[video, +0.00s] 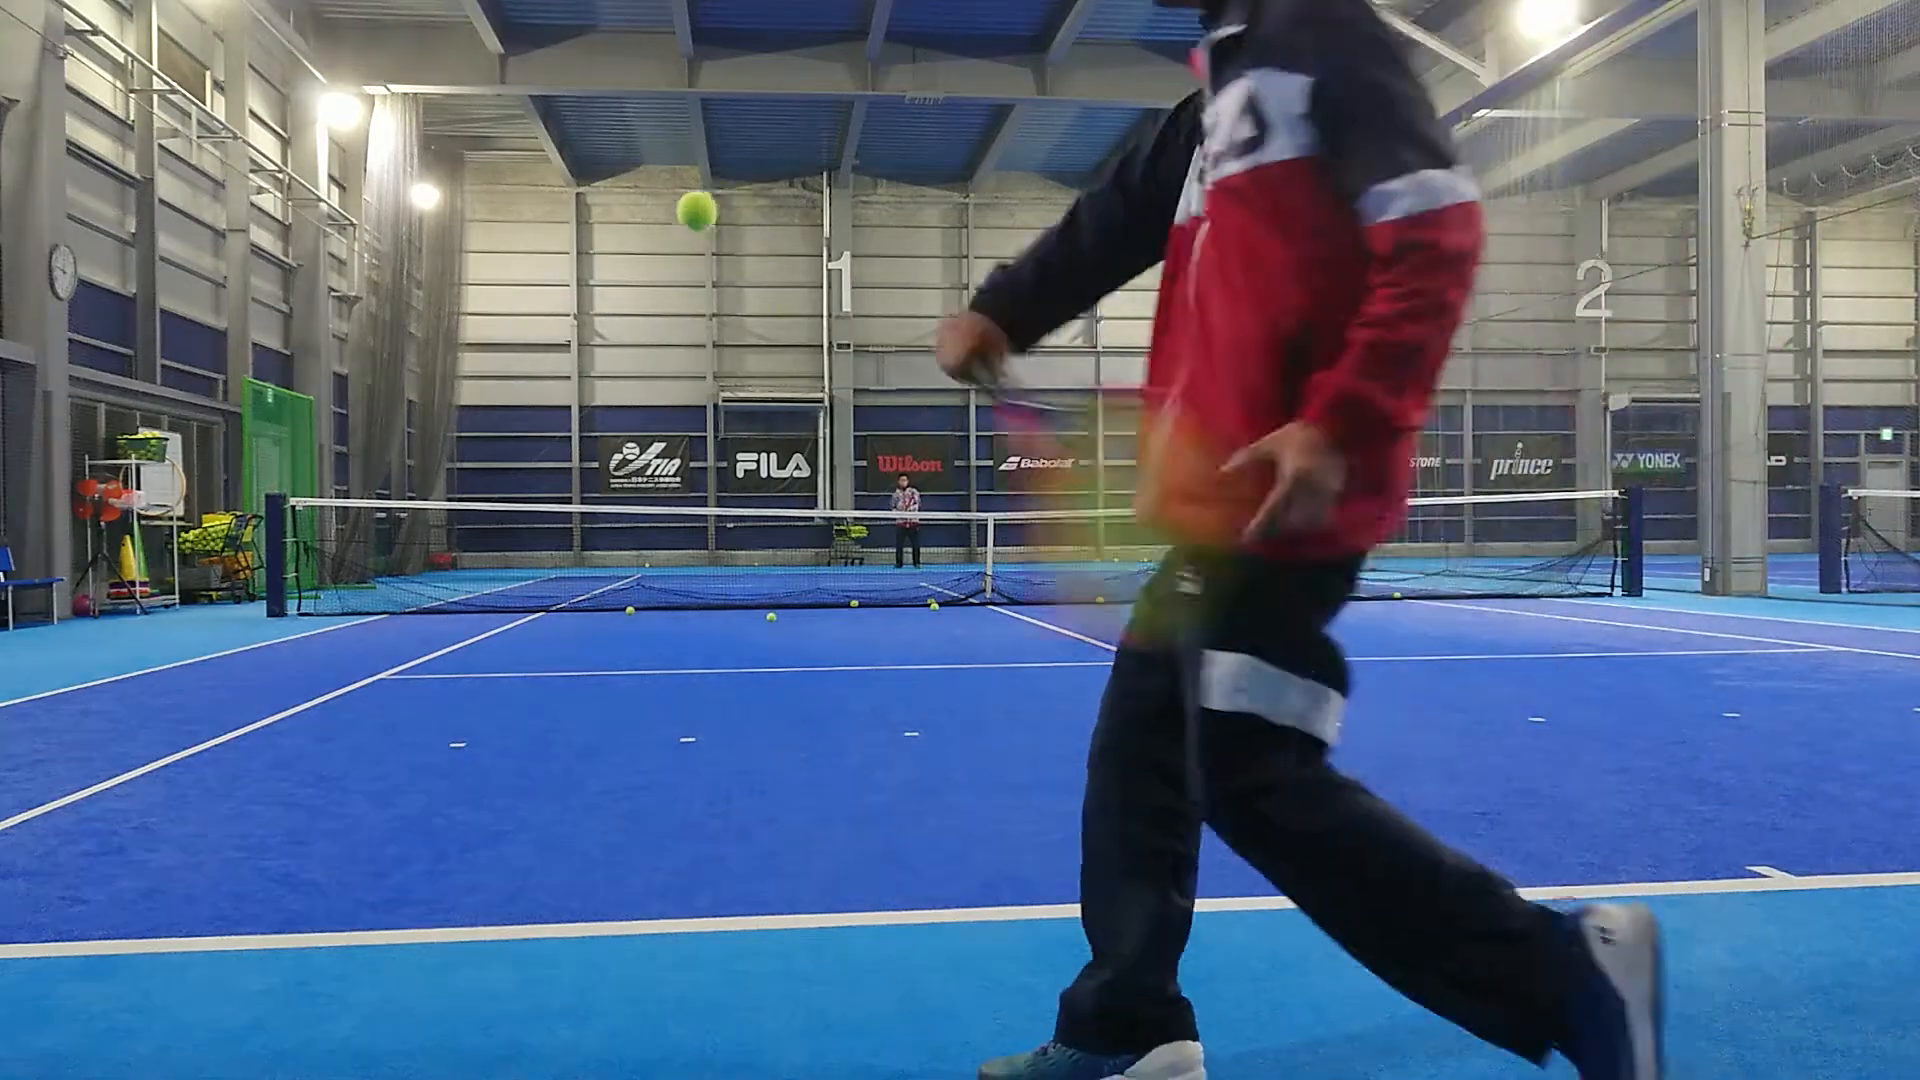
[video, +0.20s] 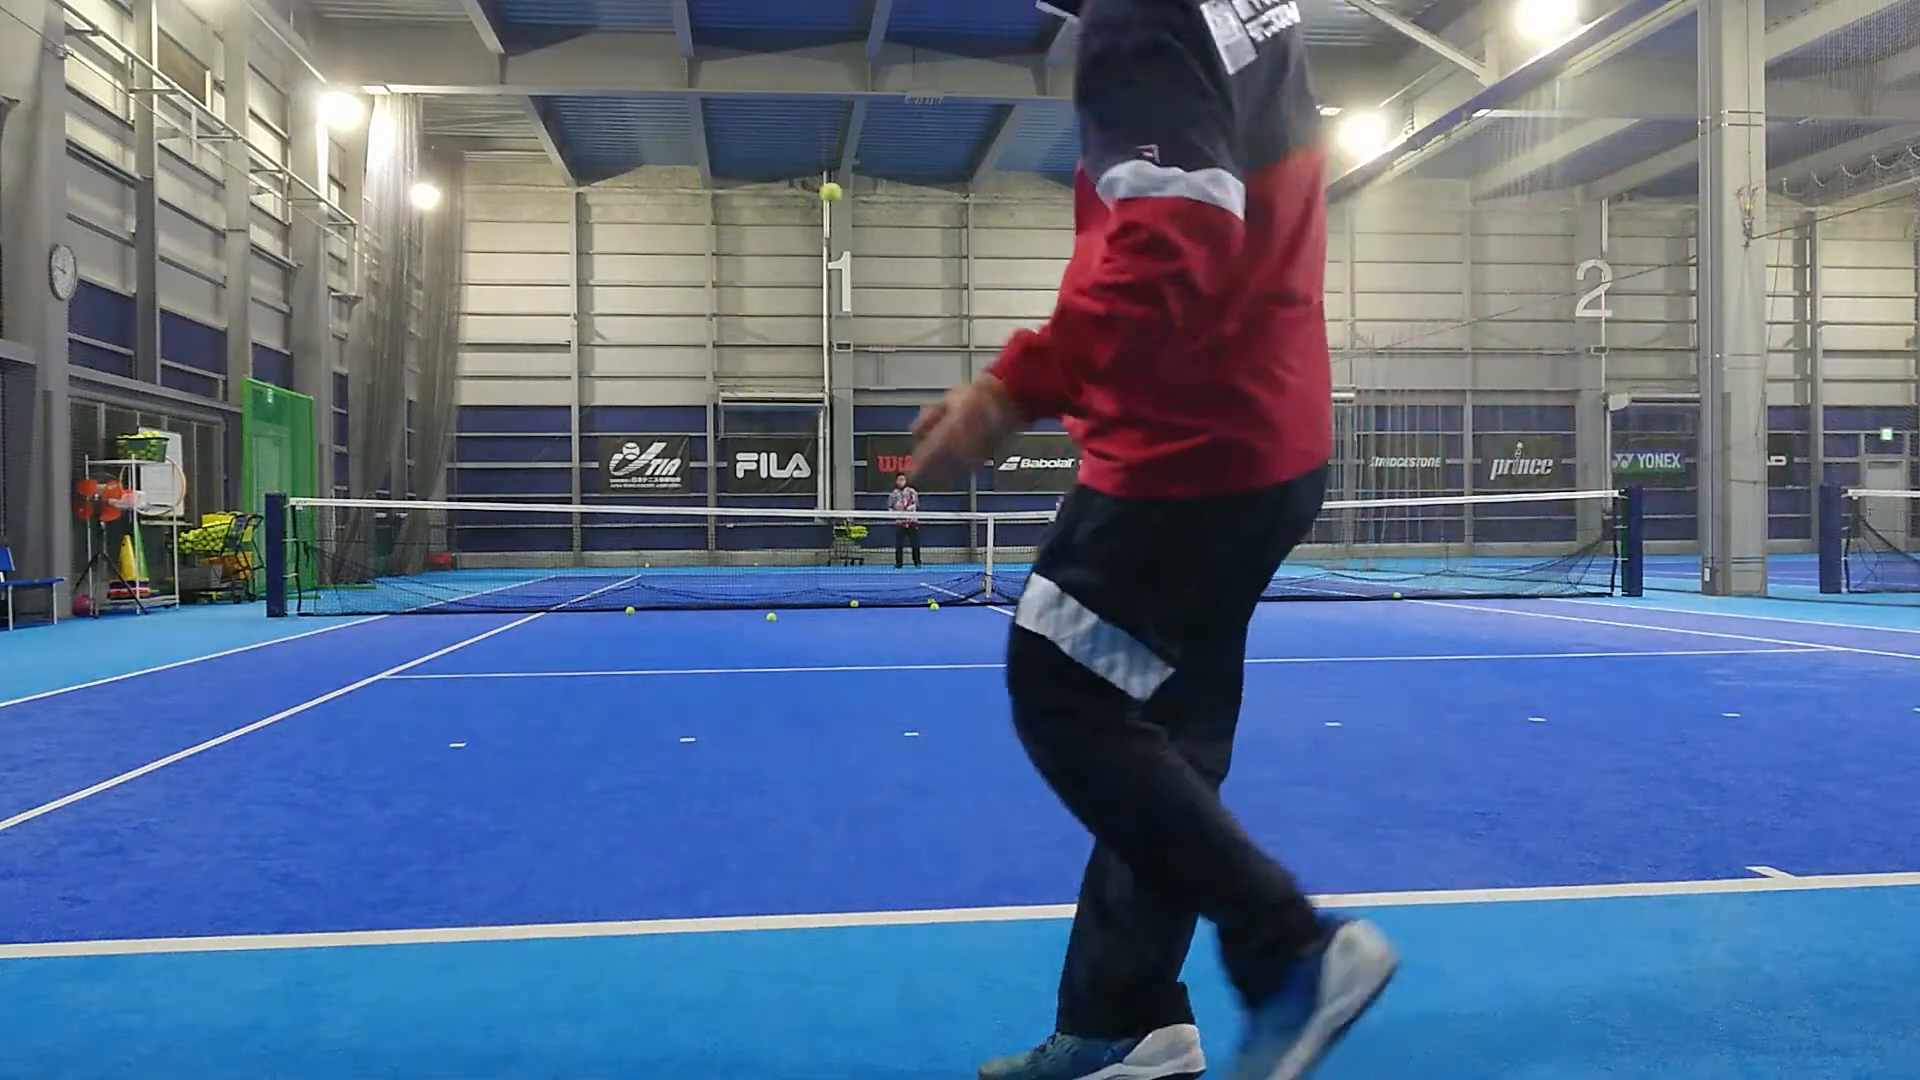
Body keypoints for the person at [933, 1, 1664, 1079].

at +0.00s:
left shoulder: (1332, 41)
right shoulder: (1209, 101)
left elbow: (1437, 233)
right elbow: (1111, 216)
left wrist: (1338, 428)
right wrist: (1004, 311)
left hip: (1294, 504)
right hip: (1216, 503)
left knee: (1253, 774)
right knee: (1139, 753)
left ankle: (1570, 976)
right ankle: (1127, 1027)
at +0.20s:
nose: (1045, 15)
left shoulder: (1137, 21)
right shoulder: (1244, 15)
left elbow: (1175, 243)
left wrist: (1006, 394)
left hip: (1185, 447)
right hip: (1259, 435)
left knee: (1060, 702)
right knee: (1173, 728)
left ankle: (1295, 955)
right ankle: (1122, 1021)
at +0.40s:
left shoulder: (1041, 23)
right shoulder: (1237, 15)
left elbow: (1027, 228)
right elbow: (1430, 24)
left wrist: (888, 372)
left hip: (1139, 433)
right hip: (1263, 422)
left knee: (1030, 744)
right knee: (1153, 729)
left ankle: (1016, 1062)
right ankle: (1136, 1010)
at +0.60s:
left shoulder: (1032, 17)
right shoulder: (1302, 11)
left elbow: (948, 199)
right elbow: (1488, 65)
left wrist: (829, 359)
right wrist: (1663, 55)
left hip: (1131, 439)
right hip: (1303, 432)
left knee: (1052, 754)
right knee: (1236, 727)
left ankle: (1025, 1058)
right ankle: (1255, 1011)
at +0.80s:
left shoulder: (1129, 14)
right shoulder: (1409, 17)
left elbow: (1044, 193)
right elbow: (1594, 91)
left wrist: (978, 331)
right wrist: (1803, 141)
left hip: (1179, 457)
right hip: (1380, 457)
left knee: (1115, 771)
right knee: (1438, 760)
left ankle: (1035, 1057)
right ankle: (1499, 1049)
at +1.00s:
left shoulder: (1337, 33)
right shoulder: (1604, 14)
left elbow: (1240, 239)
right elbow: (1759, 137)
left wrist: (1230, 373)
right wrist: (1892, 256)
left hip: (1385, 437)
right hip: (1569, 433)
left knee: (1317, 713)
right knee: (1586, 762)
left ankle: (1210, 958)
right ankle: (1540, 1053)